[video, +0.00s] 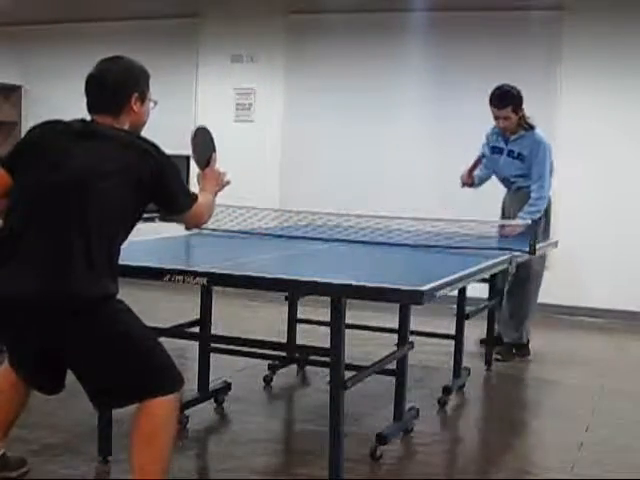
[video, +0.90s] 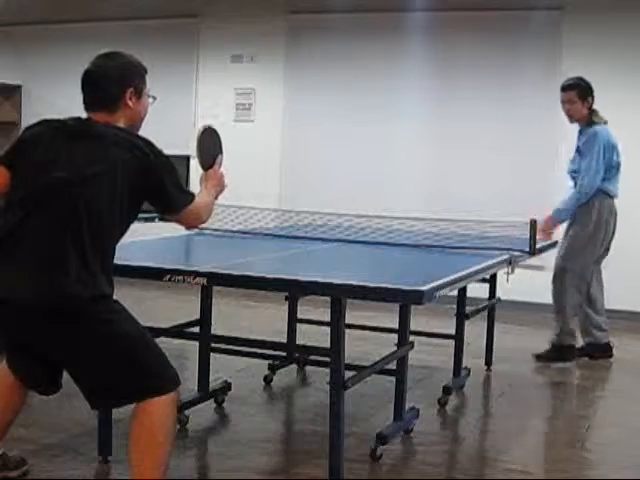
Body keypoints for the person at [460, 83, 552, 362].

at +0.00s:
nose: (501, 124)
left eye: (506, 118)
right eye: (496, 118)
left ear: (519, 113)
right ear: (492, 114)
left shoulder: (538, 145)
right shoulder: (494, 137)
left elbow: (541, 192)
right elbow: (487, 167)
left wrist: (522, 222)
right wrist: (472, 180)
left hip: (534, 204)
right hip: (510, 200)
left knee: (526, 269)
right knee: (503, 265)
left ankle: (516, 338)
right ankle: (500, 331)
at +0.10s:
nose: (505, 125)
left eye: (510, 119)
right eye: (501, 119)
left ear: (524, 114)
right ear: (496, 115)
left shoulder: (542, 145)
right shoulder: (501, 138)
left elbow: (545, 193)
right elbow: (493, 170)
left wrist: (525, 221)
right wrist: (478, 179)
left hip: (541, 206)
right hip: (517, 201)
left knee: (531, 268)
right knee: (514, 267)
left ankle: (518, 339)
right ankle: (530, 331)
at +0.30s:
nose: (513, 126)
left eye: (518, 120)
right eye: (509, 120)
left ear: (532, 115)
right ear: (505, 117)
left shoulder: (550, 145)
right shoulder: (513, 139)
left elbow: (550, 194)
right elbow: (508, 171)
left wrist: (526, 225)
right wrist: (493, 177)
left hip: (554, 208)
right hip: (534, 203)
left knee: (538, 270)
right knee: (540, 269)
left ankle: (520, 340)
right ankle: (572, 328)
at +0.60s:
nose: (540, 121)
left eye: (544, 114)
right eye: (536, 115)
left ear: (560, 112)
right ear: (536, 115)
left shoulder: (577, 145)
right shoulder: (555, 144)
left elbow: (571, 201)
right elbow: (546, 181)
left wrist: (534, 220)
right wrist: (522, 179)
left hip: (582, 216)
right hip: (568, 214)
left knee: (550, 276)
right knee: (578, 281)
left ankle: (523, 342)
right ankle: (597, 342)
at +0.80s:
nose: (560, 112)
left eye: (564, 106)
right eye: (557, 107)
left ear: (581, 106)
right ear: (556, 107)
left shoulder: (593, 138)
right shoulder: (580, 137)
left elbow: (588, 189)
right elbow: (573, 184)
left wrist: (553, 221)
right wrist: (547, 198)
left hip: (594, 210)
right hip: (587, 208)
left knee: (563, 271)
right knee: (586, 275)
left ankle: (544, 342)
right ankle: (597, 341)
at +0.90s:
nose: (565, 109)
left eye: (570, 103)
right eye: (563, 104)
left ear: (587, 103)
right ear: (566, 105)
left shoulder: (595, 136)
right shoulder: (592, 134)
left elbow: (586, 186)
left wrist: (553, 218)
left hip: (594, 207)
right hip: (599, 206)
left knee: (566, 270)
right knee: (587, 272)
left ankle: (564, 342)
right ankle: (598, 341)